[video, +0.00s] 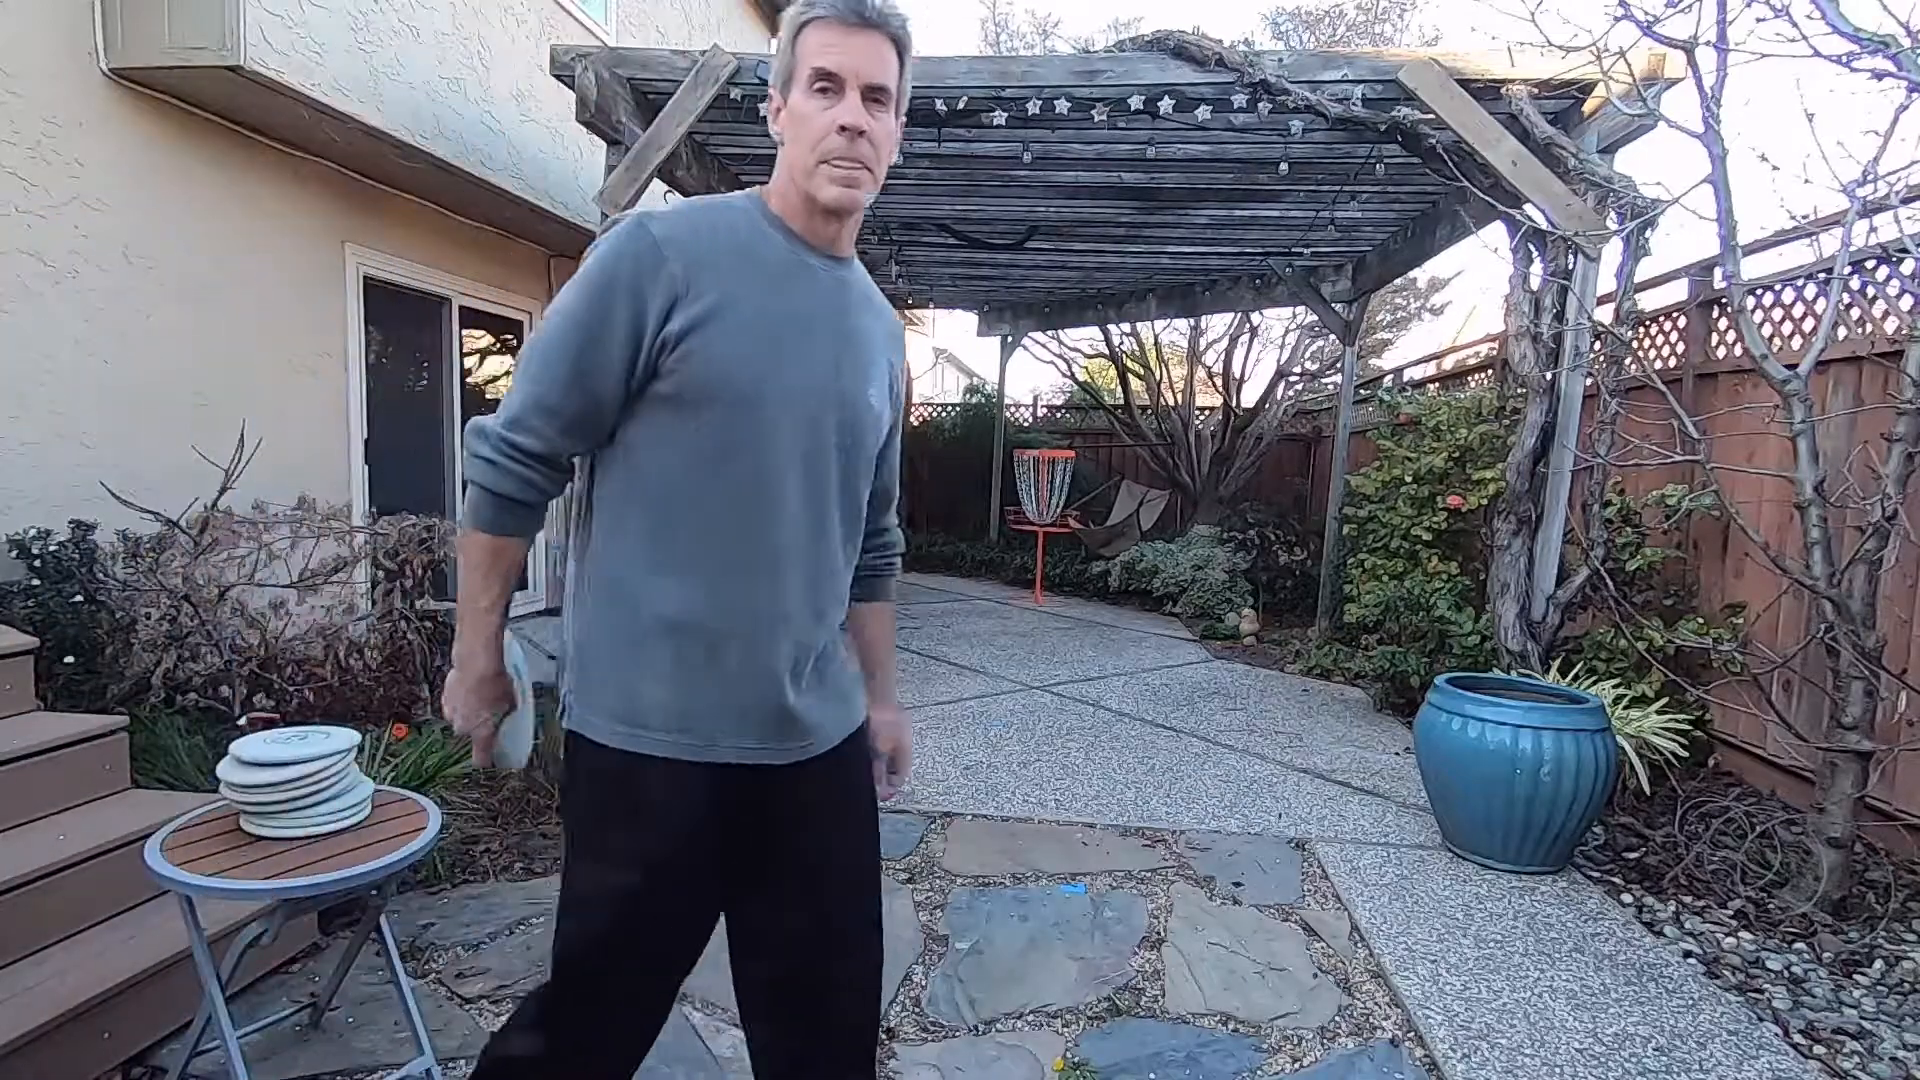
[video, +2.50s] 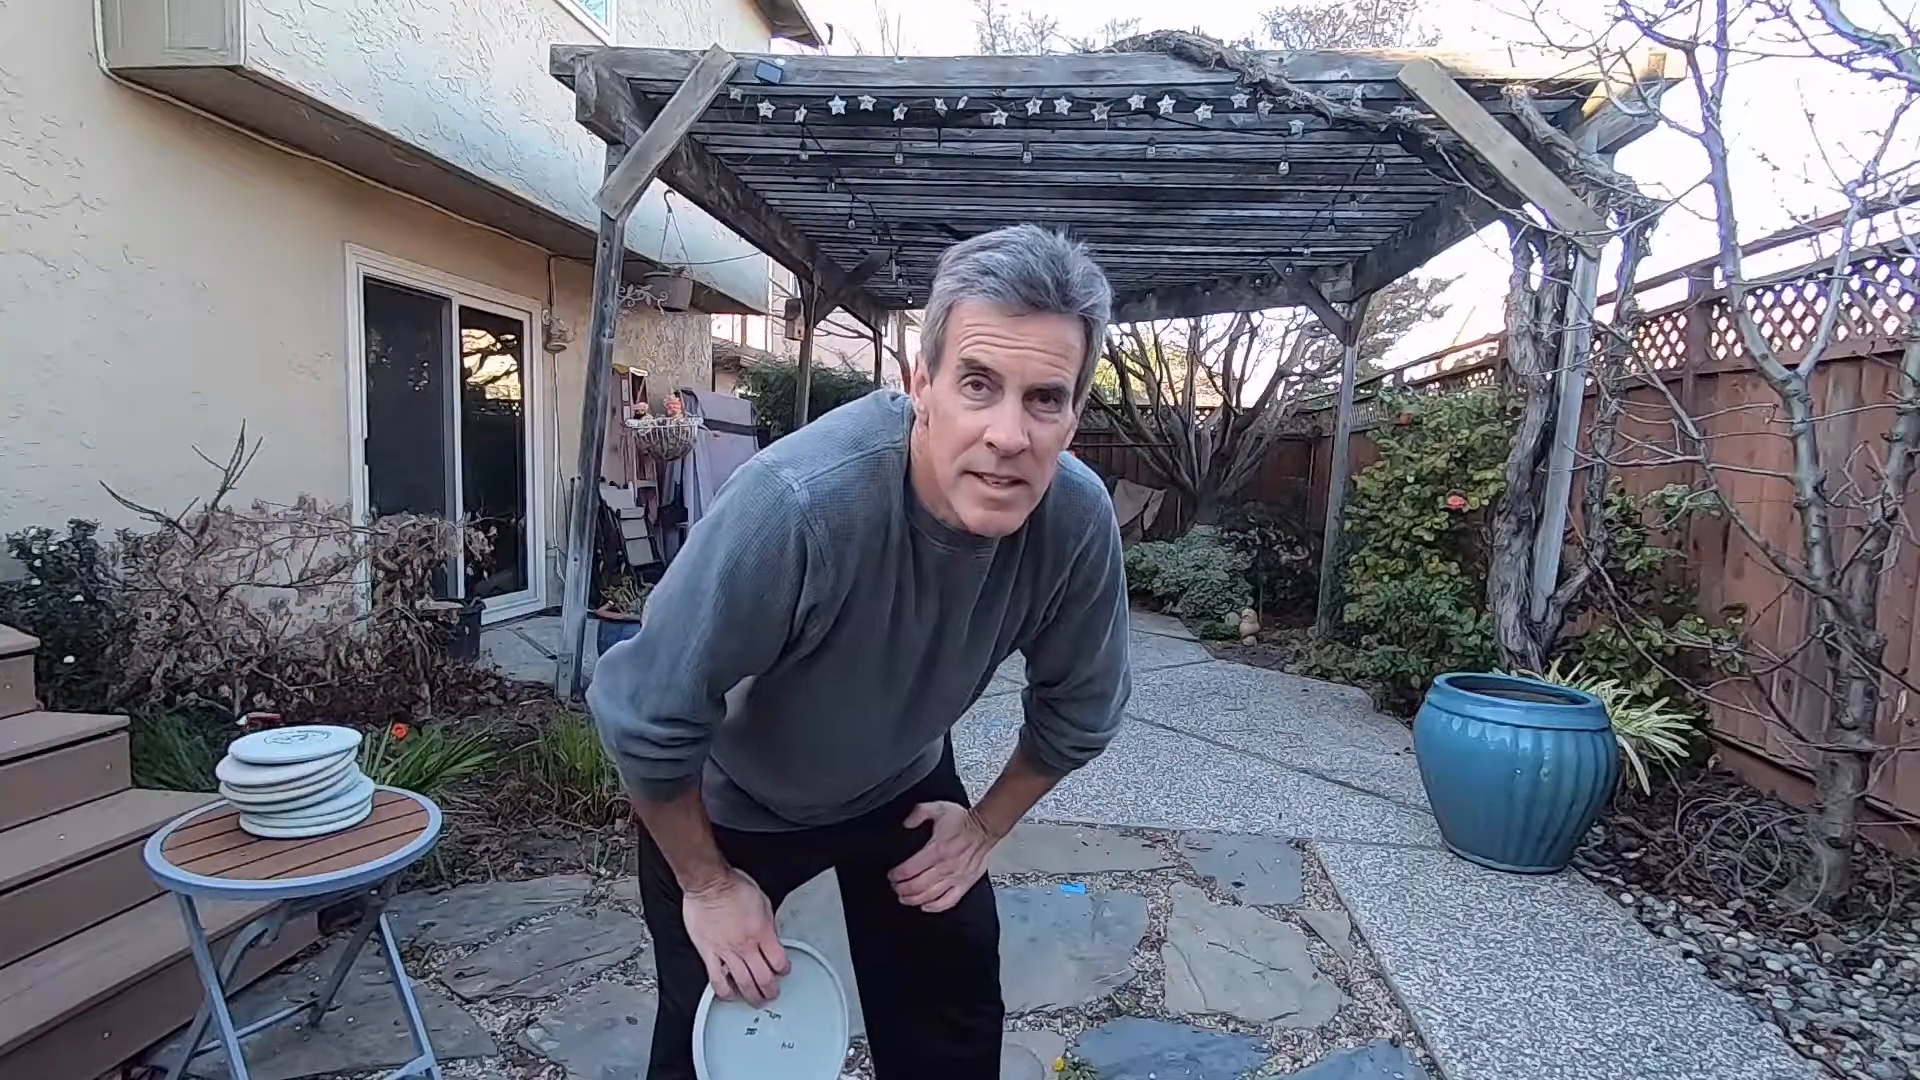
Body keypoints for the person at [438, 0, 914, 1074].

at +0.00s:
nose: (853, 118)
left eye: (878, 98)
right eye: (826, 89)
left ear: (898, 134)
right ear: (777, 112)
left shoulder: (879, 328)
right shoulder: (659, 250)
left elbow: (872, 535)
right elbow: (516, 454)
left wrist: (883, 697)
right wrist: (476, 655)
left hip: (815, 741)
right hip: (644, 737)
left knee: (828, 1050)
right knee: (590, 1034)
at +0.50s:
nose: (947, 118)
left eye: (976, 97)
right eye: (921, 83)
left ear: (997, 135)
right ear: (869, 102)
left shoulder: (993, 327)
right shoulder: (732, 246)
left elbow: (1003, 543)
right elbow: (591, 450)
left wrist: (1020, 717)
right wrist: (611, 668)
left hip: (881, 747)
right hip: (706, 741)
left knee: (858, 1049)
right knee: (700, 1050)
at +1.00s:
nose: (927, 244)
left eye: (959, 205)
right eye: (891, 194)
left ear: (988, 209)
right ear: (826, 187)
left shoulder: (998, 354)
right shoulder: (699, 333)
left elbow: (1008, 571)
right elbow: (579, 591)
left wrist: (940, 739)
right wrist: (677, 796)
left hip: (863, 752)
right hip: (682, 765)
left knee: (931, 1038)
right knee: (681, 1053)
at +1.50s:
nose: (997, 464)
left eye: (1034, 424)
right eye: (969, 407)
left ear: (1061, 426)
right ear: (901, 391)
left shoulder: (1054, 517)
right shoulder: (765, 495)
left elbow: (1058, 697)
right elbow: (613, 708)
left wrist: (962, 813)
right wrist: (687, 876)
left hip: (886, 772)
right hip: (714, 786)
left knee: (938, 1033)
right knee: (693, 1043)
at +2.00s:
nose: (1001, 430)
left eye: (1036, 394)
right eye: (970, 380)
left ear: (1065, 410)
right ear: (909, 380)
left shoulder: (1064, 515)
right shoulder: (783, 497)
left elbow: (1066, 699)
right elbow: (634, 708)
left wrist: (970, 815)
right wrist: (696, 877)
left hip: (891, 772)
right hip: (724, 785)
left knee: (943, 1024)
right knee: (696, 1033)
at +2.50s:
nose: (1010, 436)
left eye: (1046, 399)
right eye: (978, 386)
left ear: (1075, 414)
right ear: (919, 383)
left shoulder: (1075, 521)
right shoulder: (793, 506)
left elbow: (1080, 706)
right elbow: (643, 712)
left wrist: (986, 824)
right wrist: (708, 883)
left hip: (905, 775)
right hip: (737, 789)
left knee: (952, 1031)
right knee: (704, 1039)